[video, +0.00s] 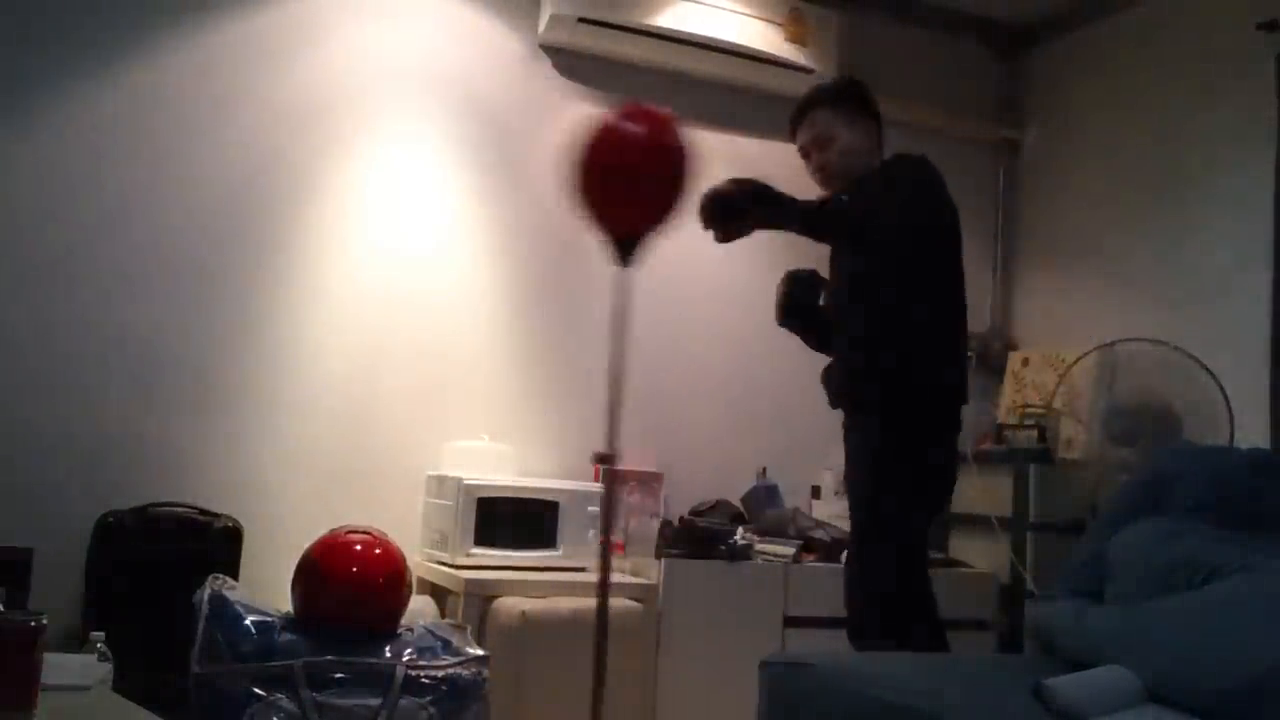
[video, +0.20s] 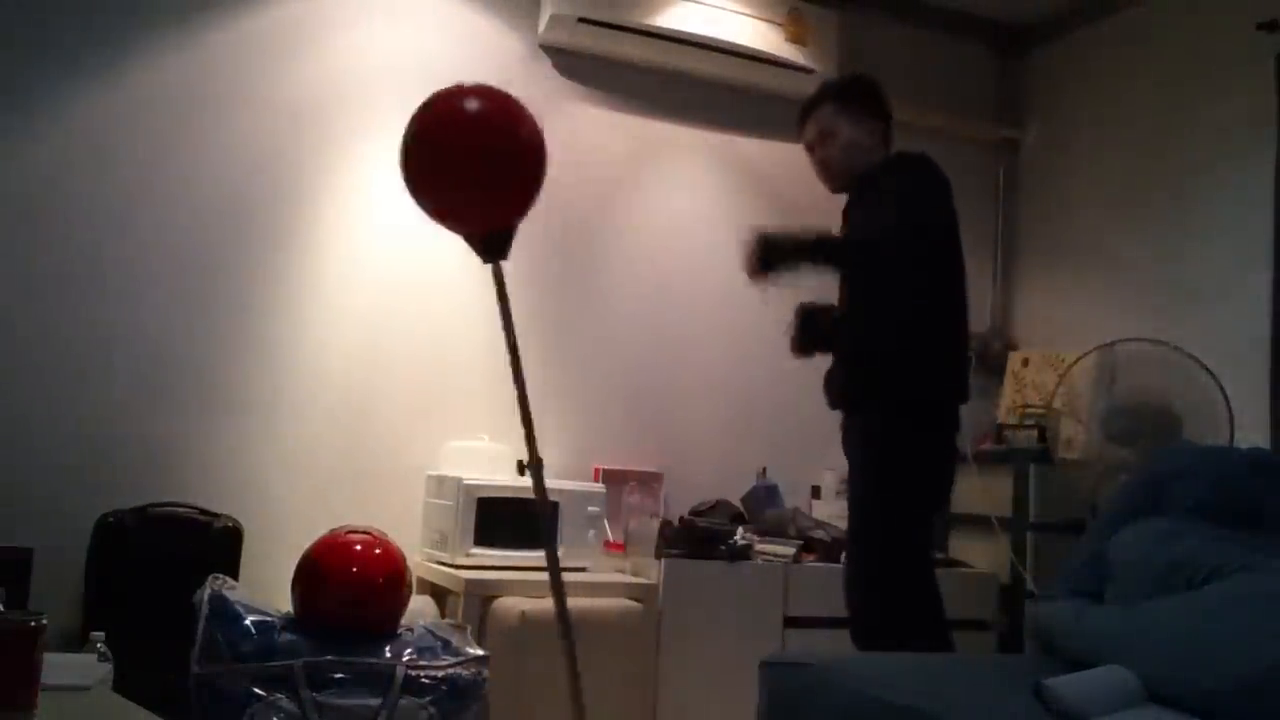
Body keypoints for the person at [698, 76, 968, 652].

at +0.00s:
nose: (815, 163)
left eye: (824, 143)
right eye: (806, 156)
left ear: (866, 130)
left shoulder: (910, 179)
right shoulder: (860, 223)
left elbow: (856, 221)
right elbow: (853, 337)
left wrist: (765, 209)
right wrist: (803, 311)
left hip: (911, 413)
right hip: (876, 418)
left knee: (883, 581)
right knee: (890, 581)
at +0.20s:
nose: (816, 160)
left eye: (824, 140)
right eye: (810, 149)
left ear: (868, 129)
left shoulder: (906, 180)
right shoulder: (875, 204)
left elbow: (887, 263)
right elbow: (891, 320)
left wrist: (789, 251)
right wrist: (828, 329)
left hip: (906, 414)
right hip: (882, 414)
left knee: (889, 578)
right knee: (885, 577)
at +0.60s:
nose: (825, 122)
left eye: (838, 107)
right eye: (826, 108)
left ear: (881, 112)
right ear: (868, 115)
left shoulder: (917, 180)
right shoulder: (857, 191)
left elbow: (992, 276)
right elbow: (857, 297)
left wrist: (1022, 384)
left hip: (906, 410)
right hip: (868, 409)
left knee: (885, 580)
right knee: (876, 577)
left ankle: (921, 713)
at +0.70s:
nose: (828, 108)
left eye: (843, 96)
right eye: (831, 95)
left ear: (885, 105)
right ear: (870, 106)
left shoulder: (920, 179)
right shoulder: (855, 183)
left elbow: (1028, 245)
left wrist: (1036, 348)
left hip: (904, 407)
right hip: (861, 404)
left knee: (885, 582)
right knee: (879, 577)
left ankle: (917, 705)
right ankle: (910, 704)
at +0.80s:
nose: (835, 101)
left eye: (852, 88)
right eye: (838, 88)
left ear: (895, 100)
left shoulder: (927, 173)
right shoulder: (855, 175)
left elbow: (1043, 211)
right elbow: (856, 277)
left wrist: (1004, 324)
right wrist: (837, 356)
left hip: (907, 403)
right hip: (858, 401)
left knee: (890, 592)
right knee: (871, 586)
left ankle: (915, 710)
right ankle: (898, 709)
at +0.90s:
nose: (845, 96)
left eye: (862, 83)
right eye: (846, 83)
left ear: (906, 95)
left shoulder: (932, 165)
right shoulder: (855, 171)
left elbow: (1027, 209)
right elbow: (846, 268)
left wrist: (939, 299)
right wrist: (830, 339)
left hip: (911, 399)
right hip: (862, 397)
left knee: (889, 581)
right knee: (857, 575)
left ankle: (912, 703)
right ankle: (898, 701)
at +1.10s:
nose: (862, 99)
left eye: (880, 85)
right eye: (864, 84)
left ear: (925, 97)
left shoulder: (943, 185)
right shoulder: (872, 177)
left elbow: (896, 314)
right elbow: (795, 257)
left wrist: (808, 365)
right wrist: (716, 335)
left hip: (920, 413)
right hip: (876, 409)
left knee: (894, 598)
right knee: (877, 593)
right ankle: (901, 719)